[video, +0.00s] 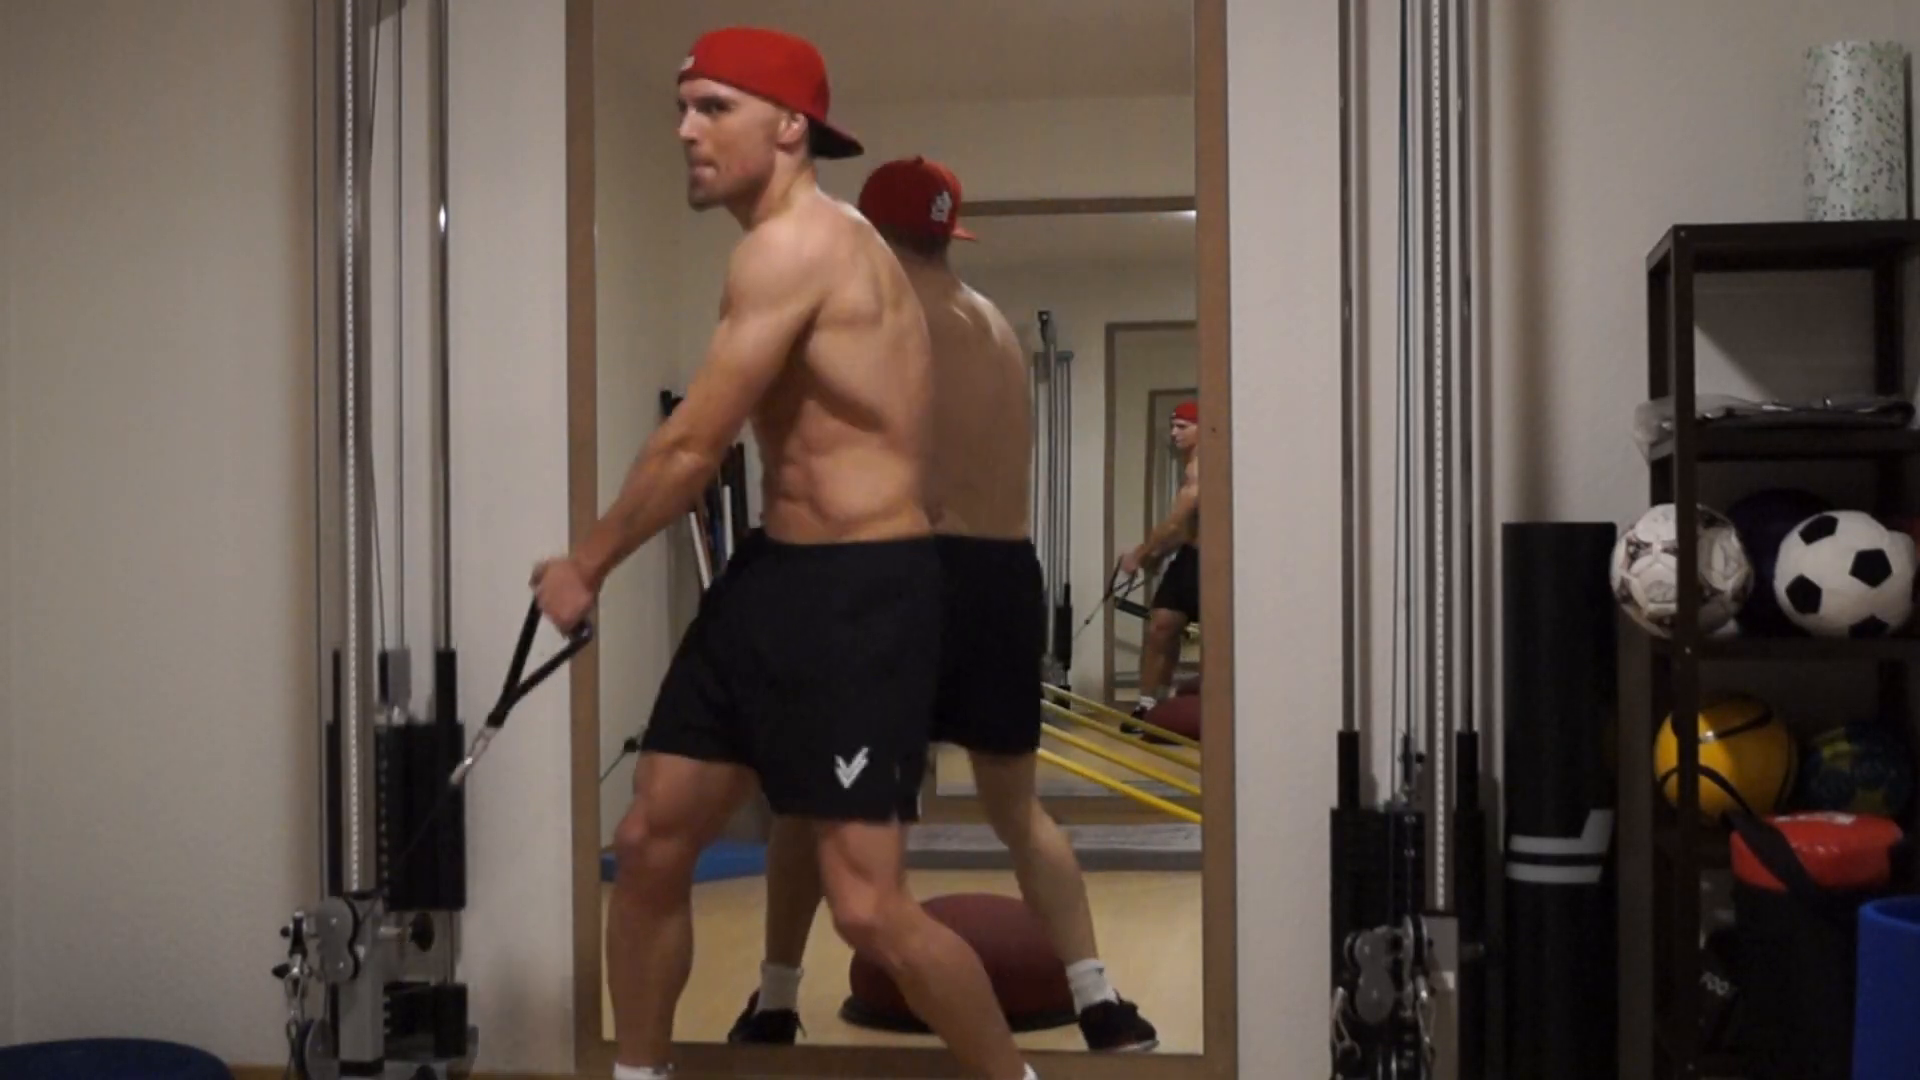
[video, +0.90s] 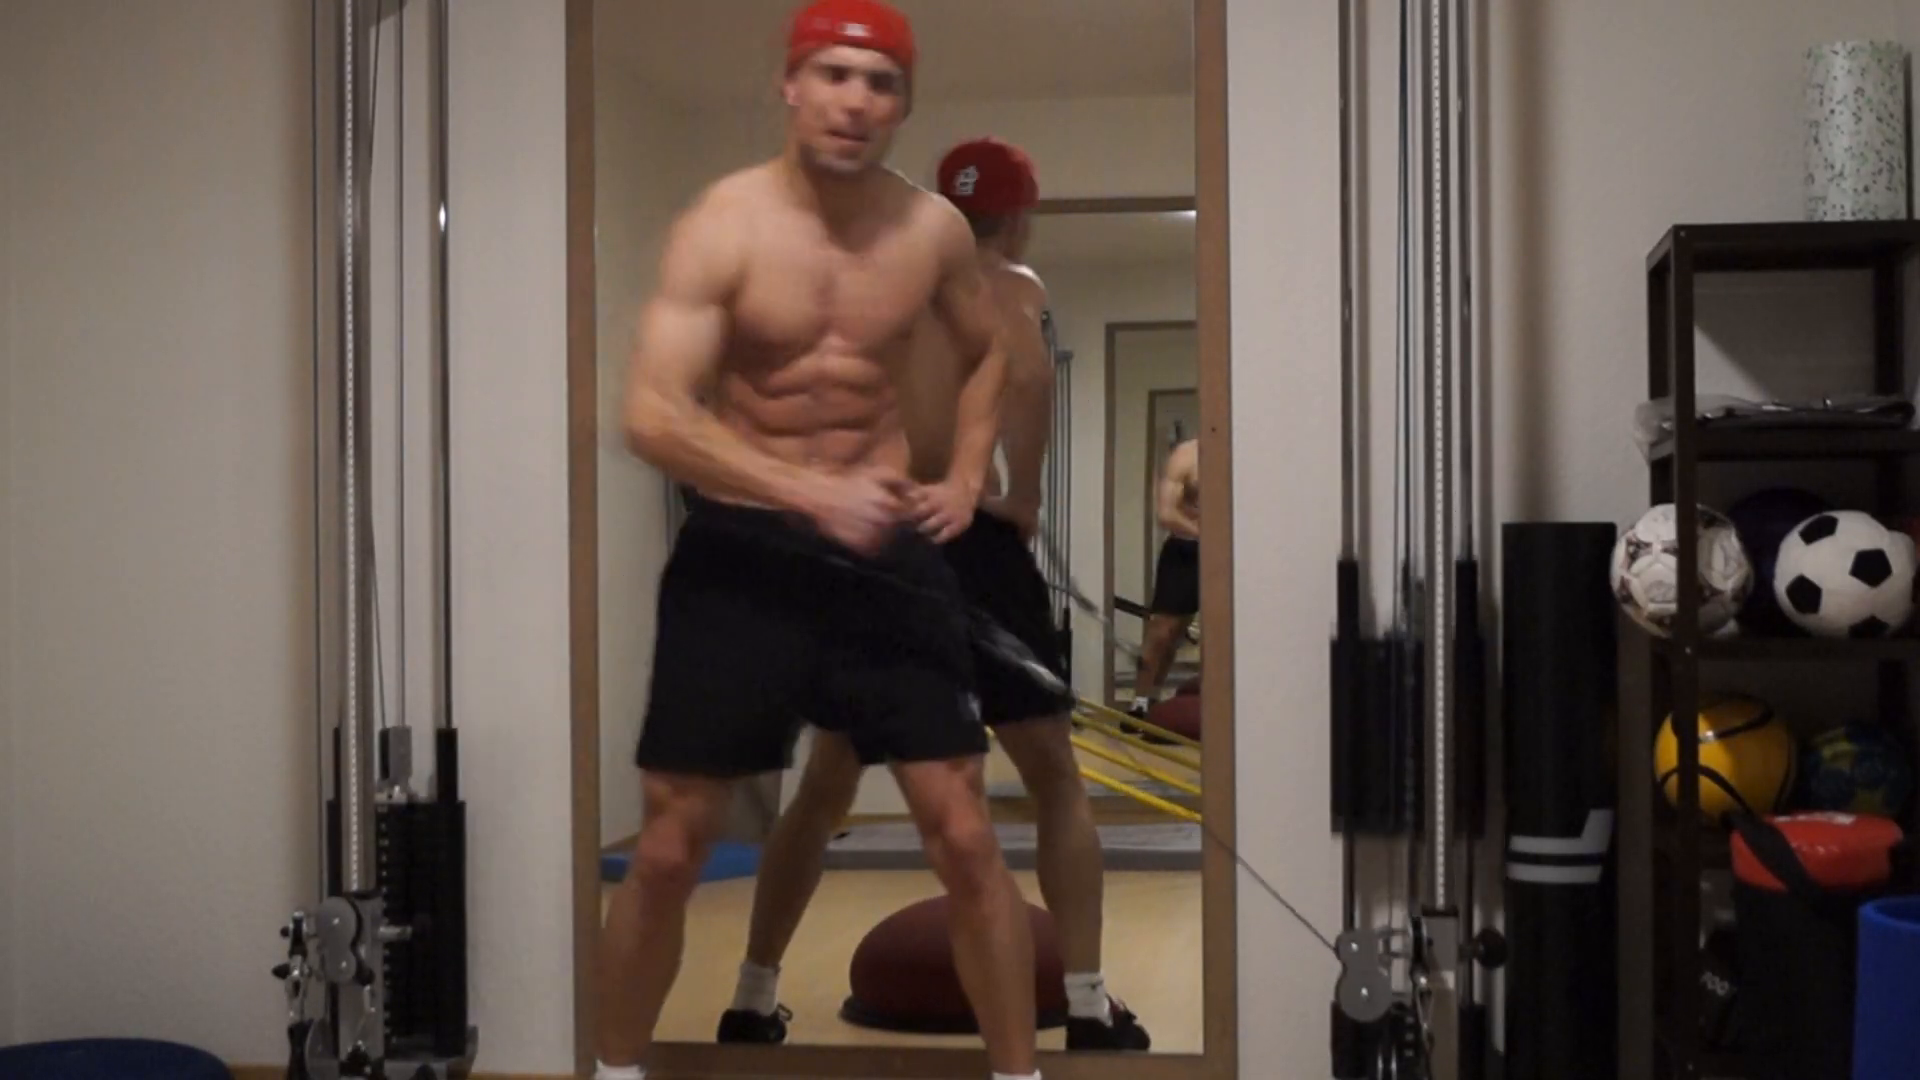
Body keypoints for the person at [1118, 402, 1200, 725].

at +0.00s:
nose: (1175, 432)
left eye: (1182, 426)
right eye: (1173, 426)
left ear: (1200, 430)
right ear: (1173, 432)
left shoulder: (1199, 465)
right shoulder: (1196, 465)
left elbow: (1179, 521)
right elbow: (1183, 527)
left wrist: (1141, 553)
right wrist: (1153, 553)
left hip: (1195, 554)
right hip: (1191, 552)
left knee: (1162, 623)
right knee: (1166, 624)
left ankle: (1147, 701)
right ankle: (1154, 698)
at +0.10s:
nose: (1180, 434)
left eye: (1186, 427)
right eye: (1180, 428)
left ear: (1205, 430)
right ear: (1188, 433)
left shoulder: (1208, 466)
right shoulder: (1197, 467)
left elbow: (1194, 518)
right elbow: (1189, 520)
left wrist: (1153, 550)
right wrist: (1155, 549)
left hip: (1213, 554)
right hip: (1192, 553)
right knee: (1162, 626)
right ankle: (1148, 700)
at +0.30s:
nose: (1211, 426)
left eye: (1215, 418)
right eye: (1206, 417)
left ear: (1223, 422)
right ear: (1193, 418)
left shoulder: (1226, 460)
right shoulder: (1175, 459)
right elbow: (1148, 512)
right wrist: (1190, 534)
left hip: (1211, 554)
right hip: (1176, 553)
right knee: (1160, 632)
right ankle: (1140, 701)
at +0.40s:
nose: (1191, 423)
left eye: (1196, 417)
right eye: (1186, 417)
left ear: (1206, 424)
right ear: (1177, 422)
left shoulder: (1213, 463)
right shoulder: (1155, 462)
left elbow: (1231, 502)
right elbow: (1118, 501)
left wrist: (1212, 524)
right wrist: (1144, 522)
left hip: (1201, 550)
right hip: (1168, 549)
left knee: (1170, 631)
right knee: (1154, 629)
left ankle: (1149, 698)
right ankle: (1138, 701)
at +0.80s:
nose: (1196, 424)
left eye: (1202, 418)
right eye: (1193, 417)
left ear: (1213, 423)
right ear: (1185, 421)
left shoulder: (1222, 458)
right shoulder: (1167, 458)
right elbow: (1129, 502)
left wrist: (1211, 509)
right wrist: (1168, 523)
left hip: (1212, 549)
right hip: (1177, 548)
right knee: (1158, 630)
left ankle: (1149, 695)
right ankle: (1140, 700)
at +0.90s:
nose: (1219, 425)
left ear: (1232, 424)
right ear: (1208, 420)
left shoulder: (1238, 457)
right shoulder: (1188, 453)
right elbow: (1167, 512)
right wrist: (1204, 534)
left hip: (1223, 553)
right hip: (1186, 549)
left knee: (1220, 635)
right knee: (1164, 632)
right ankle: (1142, 700)